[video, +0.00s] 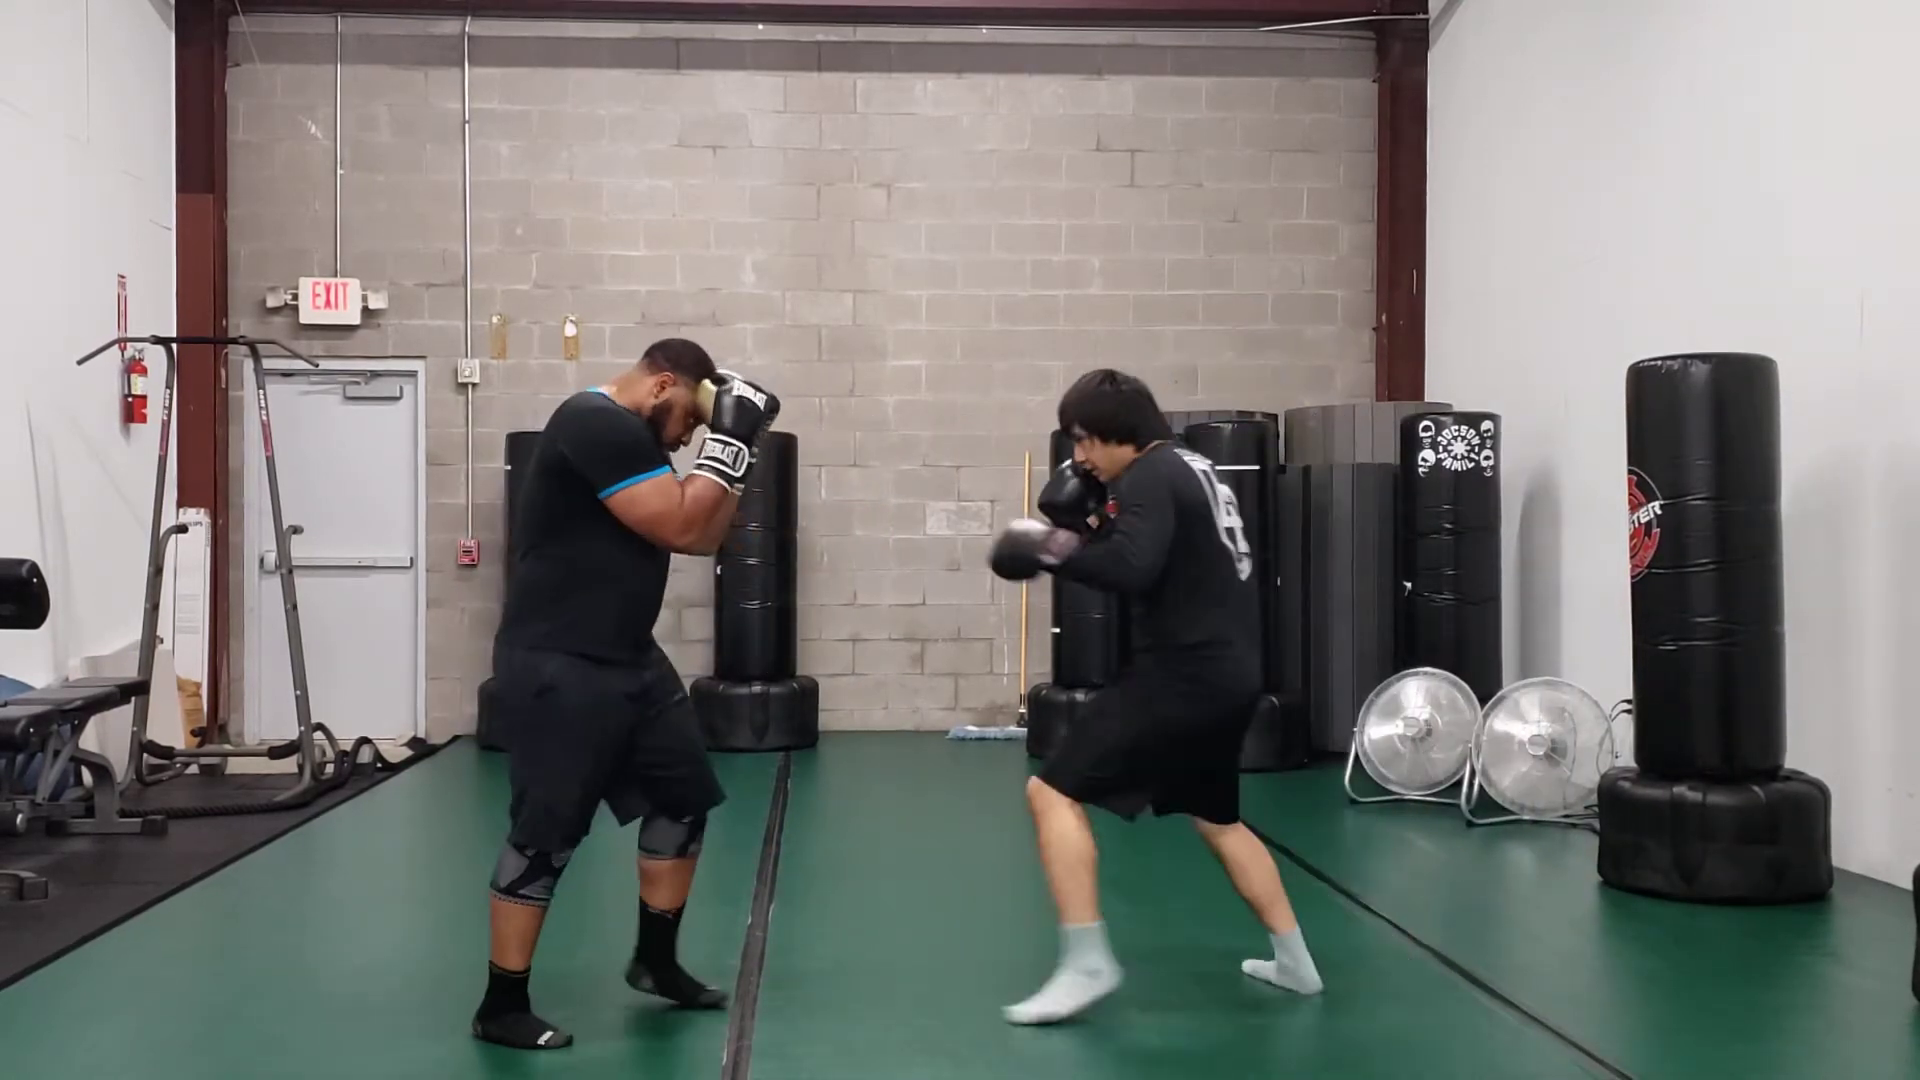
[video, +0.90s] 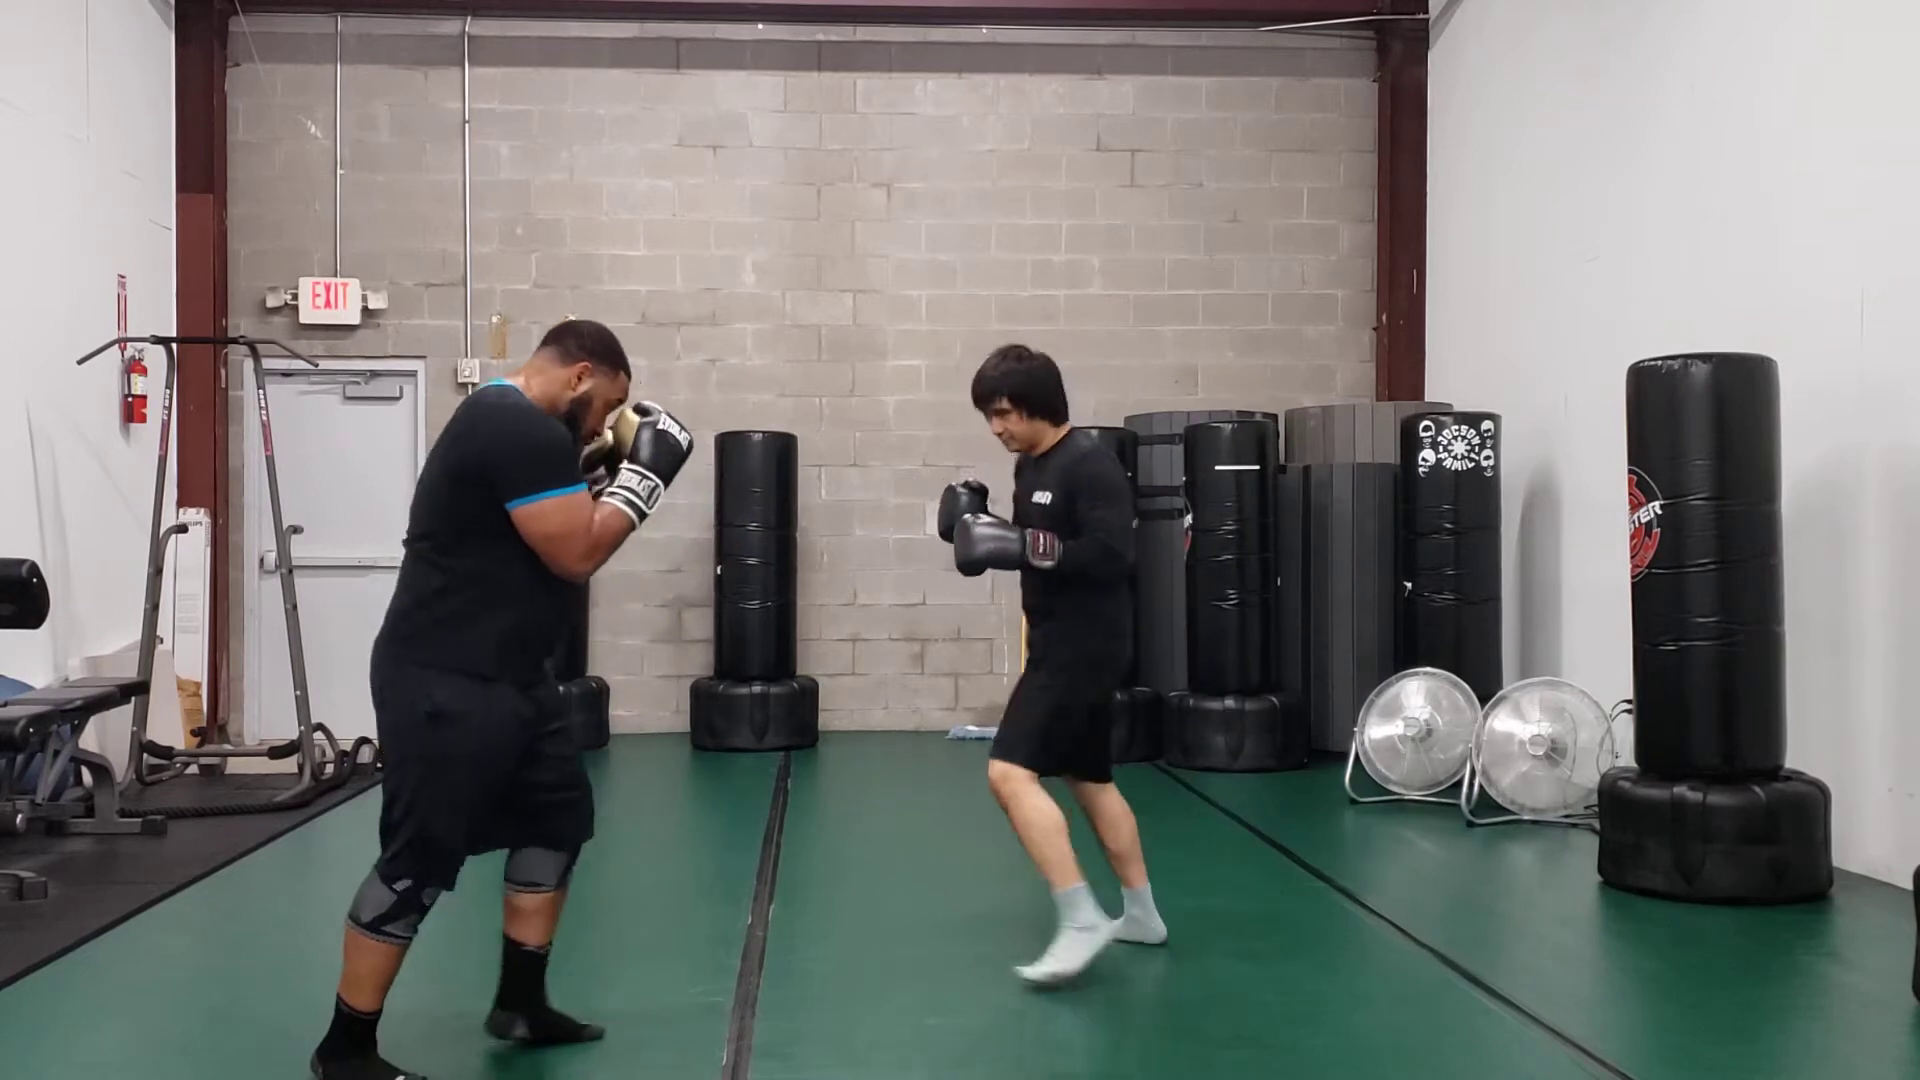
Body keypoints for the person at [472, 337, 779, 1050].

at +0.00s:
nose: (683, 438)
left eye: (690, 428)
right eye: (685, 420)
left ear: (658, 385)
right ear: (661, 384)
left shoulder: (630, 443)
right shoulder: (591, 423)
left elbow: (704, 538)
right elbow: (682, 526)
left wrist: (733, 455)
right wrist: (730, 439)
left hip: (630, 663)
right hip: (559, 668)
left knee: (683, 800)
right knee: (542, 835)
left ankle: (656, 962)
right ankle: (504, 1006)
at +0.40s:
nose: (692, 473)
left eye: (703, 464)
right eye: (695, 455)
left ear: (670, 418)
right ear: (671, 416)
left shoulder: (637, 462)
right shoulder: (601, 448)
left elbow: (694, 552)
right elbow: (666, 565)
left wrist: (745, 482)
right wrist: (740, 492)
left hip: (602, 677)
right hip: (530, 675)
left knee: (650, 821)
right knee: (512, 848)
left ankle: (670, 979)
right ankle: (386, 1016)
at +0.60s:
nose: (628, 465)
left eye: (637, 452)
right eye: (633, 445)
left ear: (597, 414)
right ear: (600, 412)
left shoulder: (563, 467)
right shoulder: (516, 457)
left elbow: (578, 572)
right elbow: (577, 580)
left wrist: (648, 507)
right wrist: (658, 515)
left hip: (558, 710)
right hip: (486, 713)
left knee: (607, 851)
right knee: (451, 881)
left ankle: (665, 977)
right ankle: (350, 1048)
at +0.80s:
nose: (602, 430)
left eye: (610, 418)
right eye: (607, 410)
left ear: (570, 378)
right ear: (578, 378)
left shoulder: (535, 436)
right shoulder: (498, 426)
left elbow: (555, 542)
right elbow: (555, 554)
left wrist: (612, 475)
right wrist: (630, 485)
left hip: (524, 678)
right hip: (451, 683)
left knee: (566, 819)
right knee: (424, 857)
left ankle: (563, 994)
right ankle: (347, 1046)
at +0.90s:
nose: (602, 427)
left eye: (609, 416)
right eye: (607, 408)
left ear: (564, 370)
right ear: (581, 375)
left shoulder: (512, 422)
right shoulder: (518, 426)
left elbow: (539, 534)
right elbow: (577, 552)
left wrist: (595, 474)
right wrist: (644, 477)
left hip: (512, 679)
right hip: (445, 682)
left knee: (553, 823)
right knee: (420, 857)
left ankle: (521, 1003)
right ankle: (346, 1047)